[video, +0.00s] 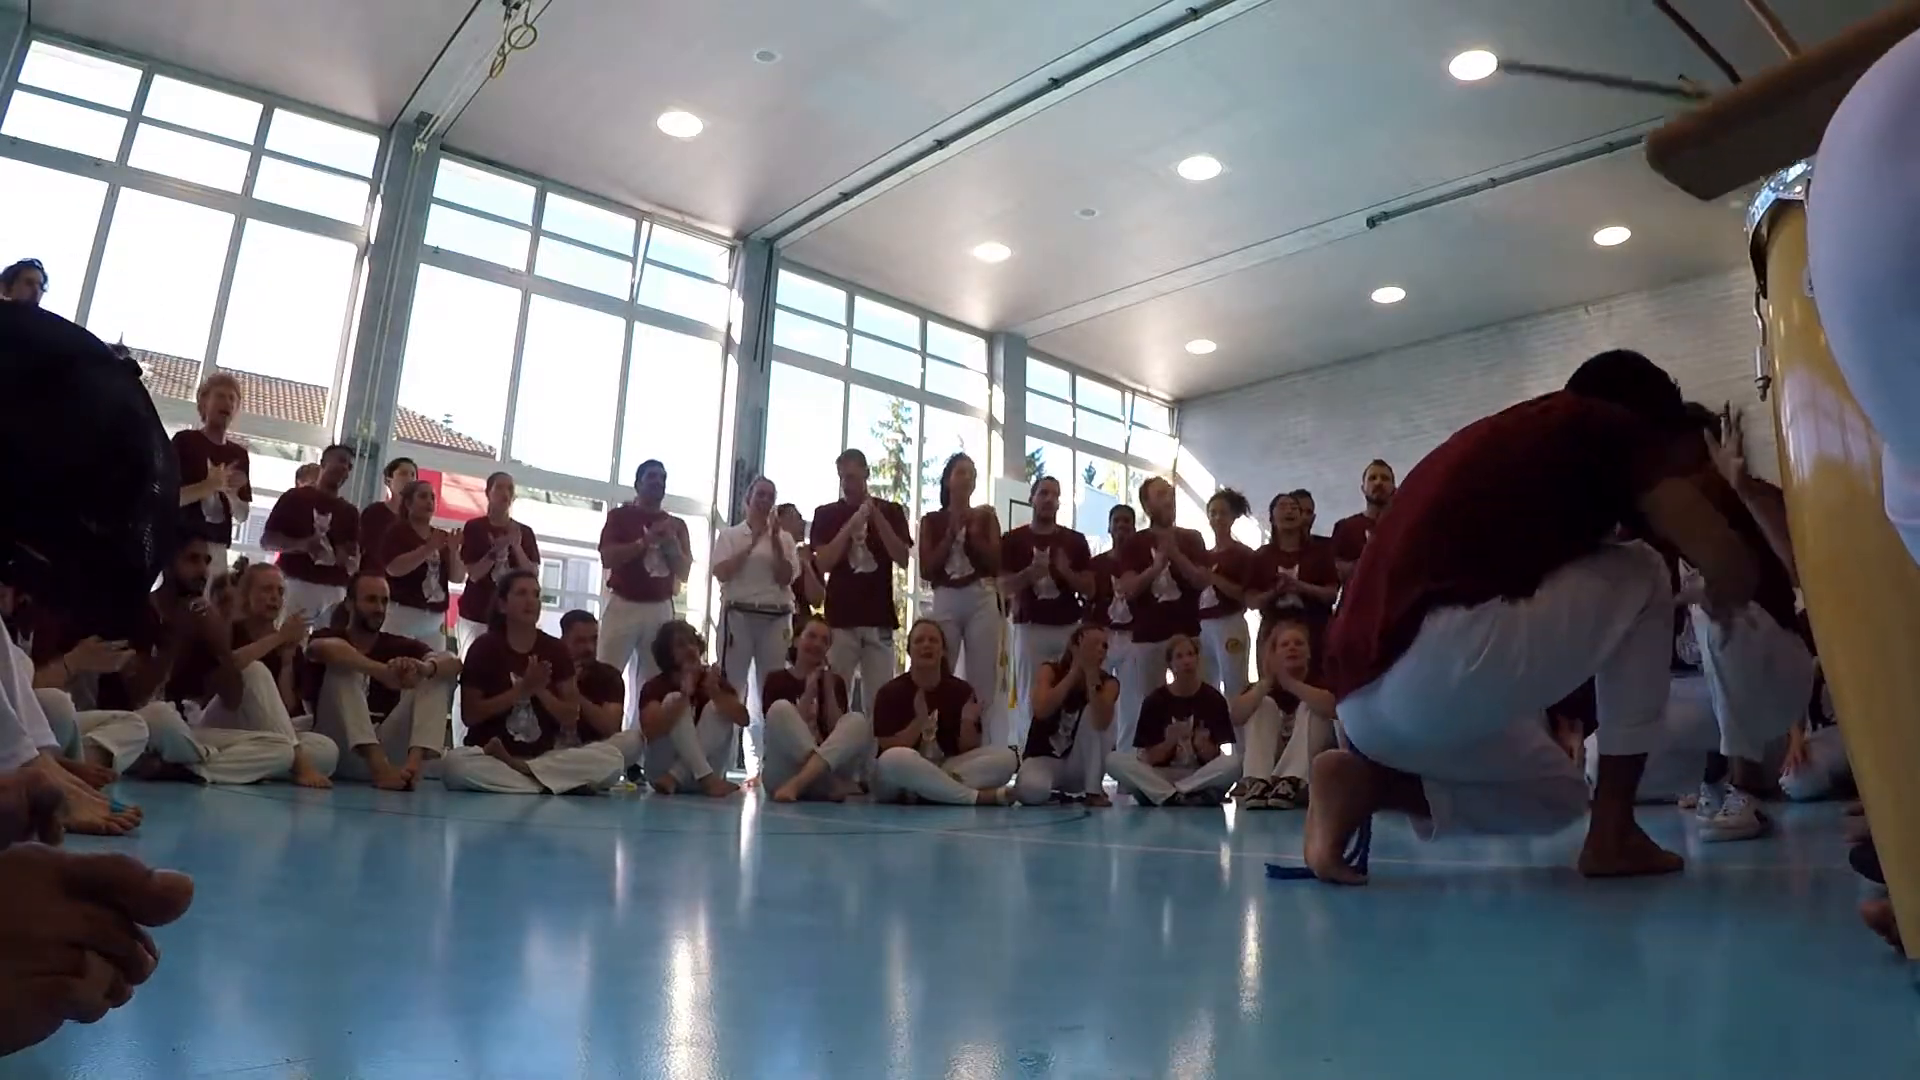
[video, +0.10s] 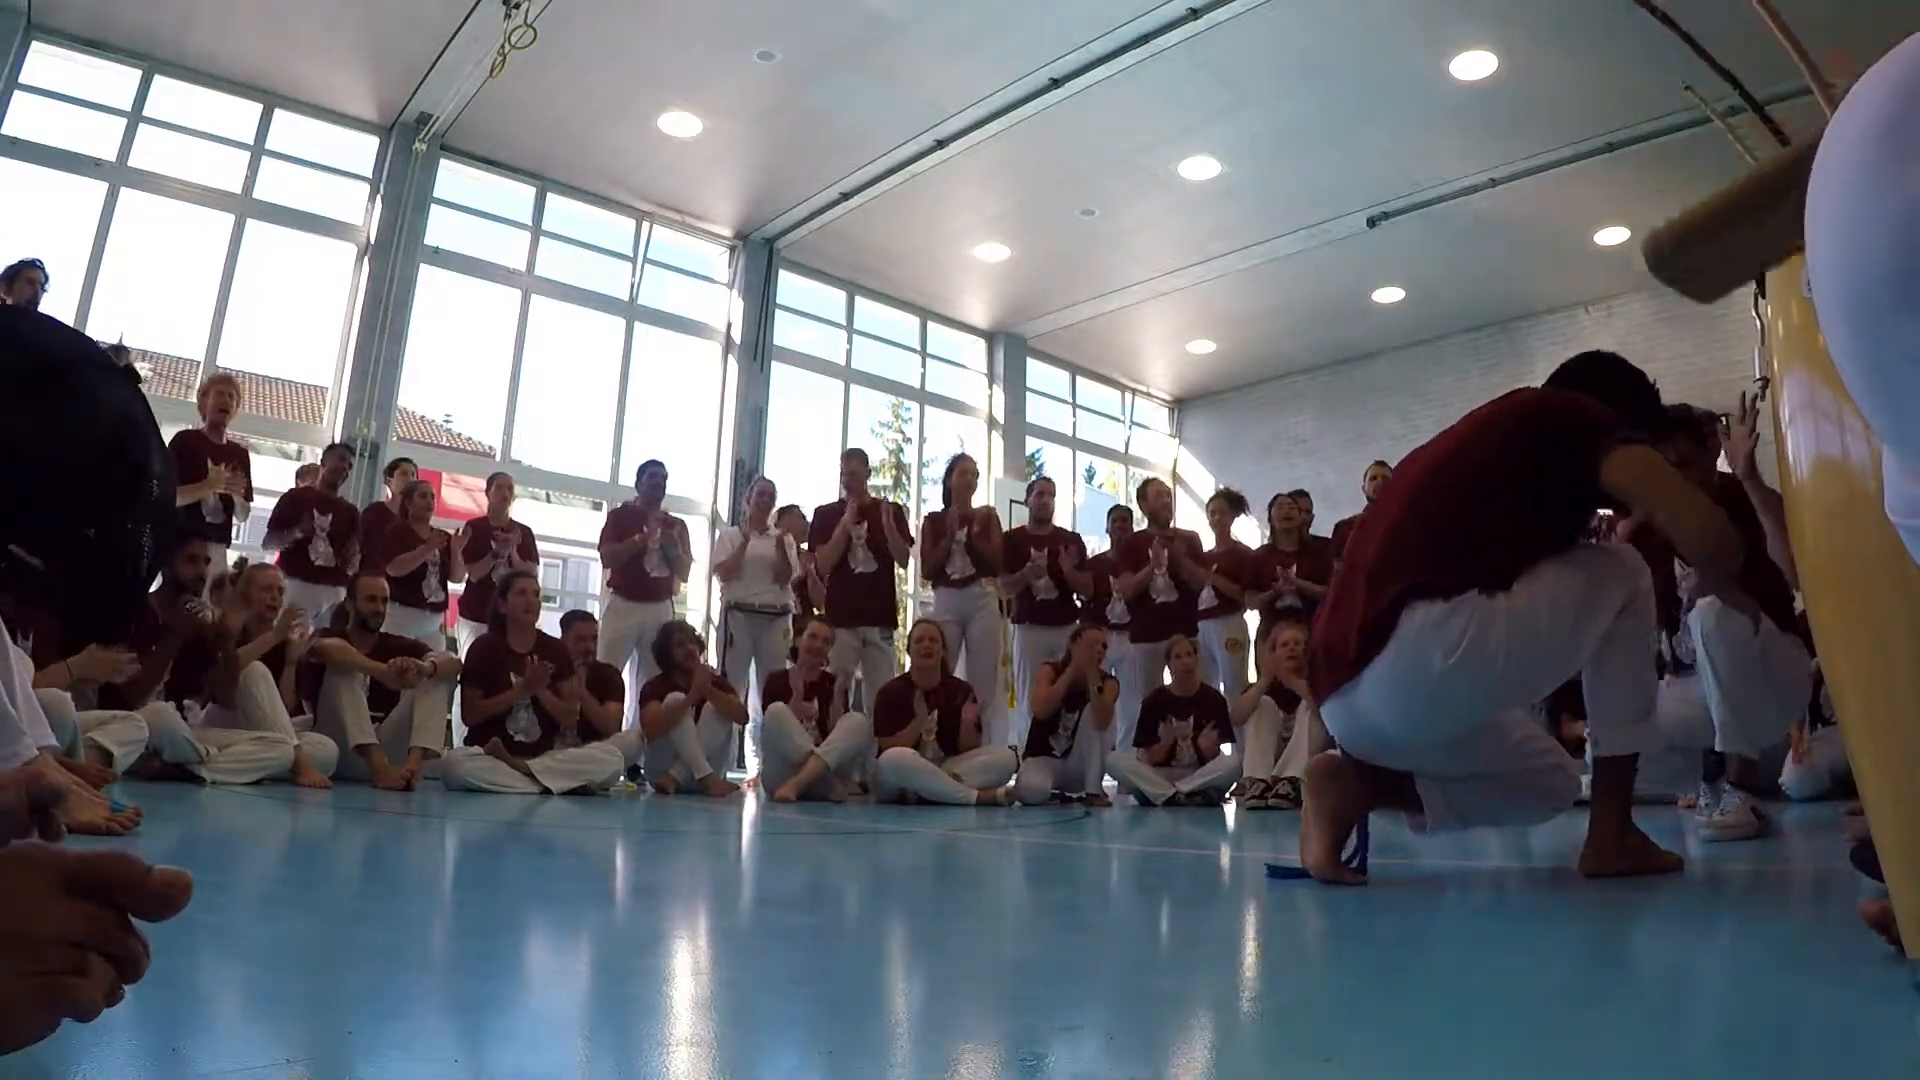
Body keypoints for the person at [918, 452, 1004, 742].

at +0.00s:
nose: (965, 477)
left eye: (970, 473)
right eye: (959, 472)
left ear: (975, 482)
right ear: (947, 479)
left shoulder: (986, 516)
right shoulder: (932, 521)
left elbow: (993, 565)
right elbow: (927, 569)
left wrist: (972, 537)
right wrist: (949, 535)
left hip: (982, 597)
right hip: (944, 597)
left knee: (982, 681)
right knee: (940, 677)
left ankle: (981, 751)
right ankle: (937, 751)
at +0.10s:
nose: (969, 479)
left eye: (974, 475)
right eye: (962, 473)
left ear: (978, 482)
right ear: (949, 479)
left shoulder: (987, 516)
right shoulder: (934, 520)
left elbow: (995, 564)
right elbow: (927, 569)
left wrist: (971, 538)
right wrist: (949, 535)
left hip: (983, 598)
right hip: (945, 598)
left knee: (982, 682)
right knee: (940, 677)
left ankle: (986, 755)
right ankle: (938, 754)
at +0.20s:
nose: (970, 479)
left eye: (975, 475)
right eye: (964, 473)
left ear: (980, 482)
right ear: (950, 479)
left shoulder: (988, 517)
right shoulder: (935, 520)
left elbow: (995, 564)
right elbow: (928, 570)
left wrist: (970, 533)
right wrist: (958, 537)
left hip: (984, 599)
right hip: (946, 599)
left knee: (982, 680)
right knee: (940, 677)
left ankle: (984, 753)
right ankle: (938, 751)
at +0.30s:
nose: (970, 479)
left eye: (975, 475)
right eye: (964, 473)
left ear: (980, 482)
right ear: (950, 479)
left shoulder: (989, 518)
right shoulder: (935, 520)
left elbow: (995, 564)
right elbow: (928, 570)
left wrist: (972, 535)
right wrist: (954, 542)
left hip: (984, 599)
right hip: (946, 599)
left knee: (982, 680)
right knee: (940, 677)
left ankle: (982, 753)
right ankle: (939, 752)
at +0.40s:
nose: (970, 479)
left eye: (975, 475)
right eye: (964, 473)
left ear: (980, 482)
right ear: (951, 479)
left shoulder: (990, 519)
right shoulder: (936, 520)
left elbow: (995, 566)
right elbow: (927, 570)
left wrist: (973, 539)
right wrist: (949, 541)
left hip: (983, 598)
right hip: (946, 598)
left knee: (982, 680)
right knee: (940, 677)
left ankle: (983, 753)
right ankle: (939, 752)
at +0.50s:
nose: (970, 479)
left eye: (975, 475)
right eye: (964, 473)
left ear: (980, 482)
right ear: (950, 479)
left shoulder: (989, 519)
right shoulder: (935, 520)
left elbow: (994, 566)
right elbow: (927, 570)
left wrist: (972, 539)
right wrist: (948, 543)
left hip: (982, 598)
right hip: (945, 599)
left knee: (981, 680)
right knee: (940, 677)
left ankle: (983, 752)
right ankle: (937, 751)